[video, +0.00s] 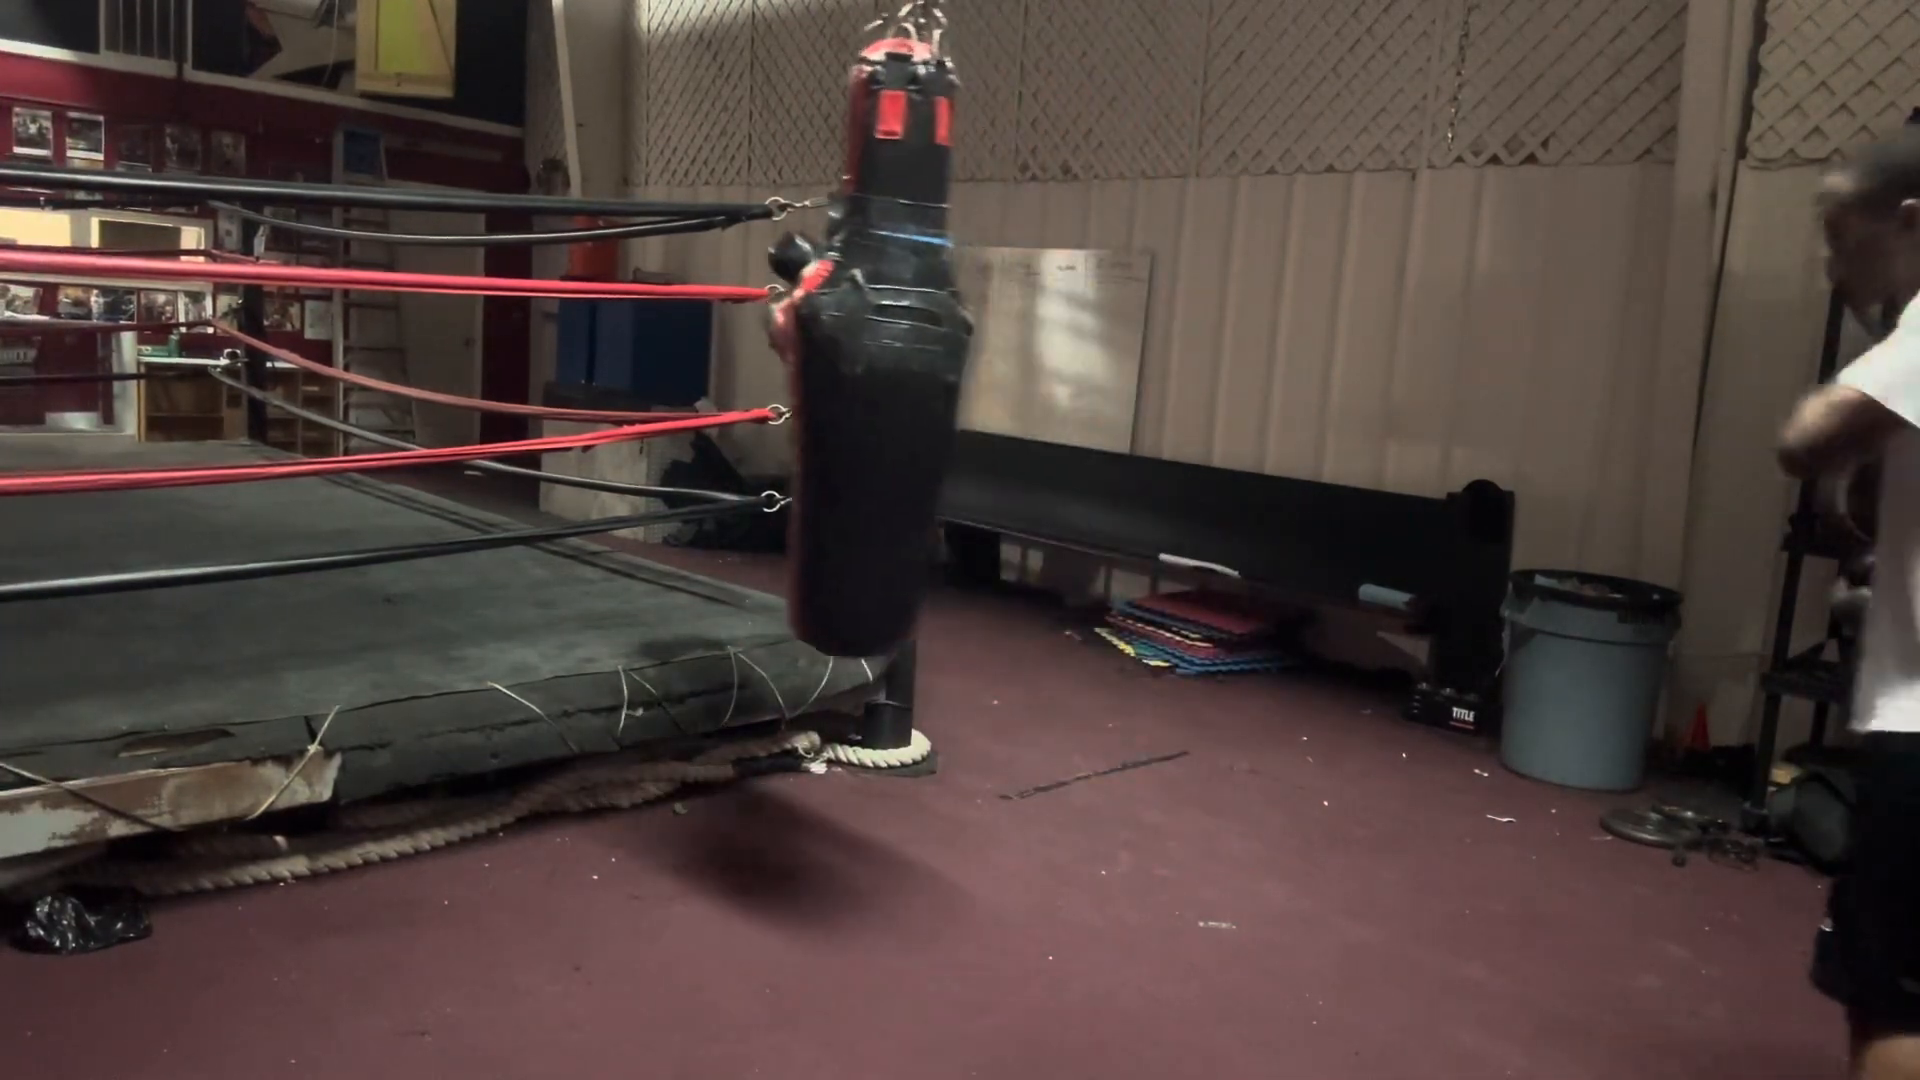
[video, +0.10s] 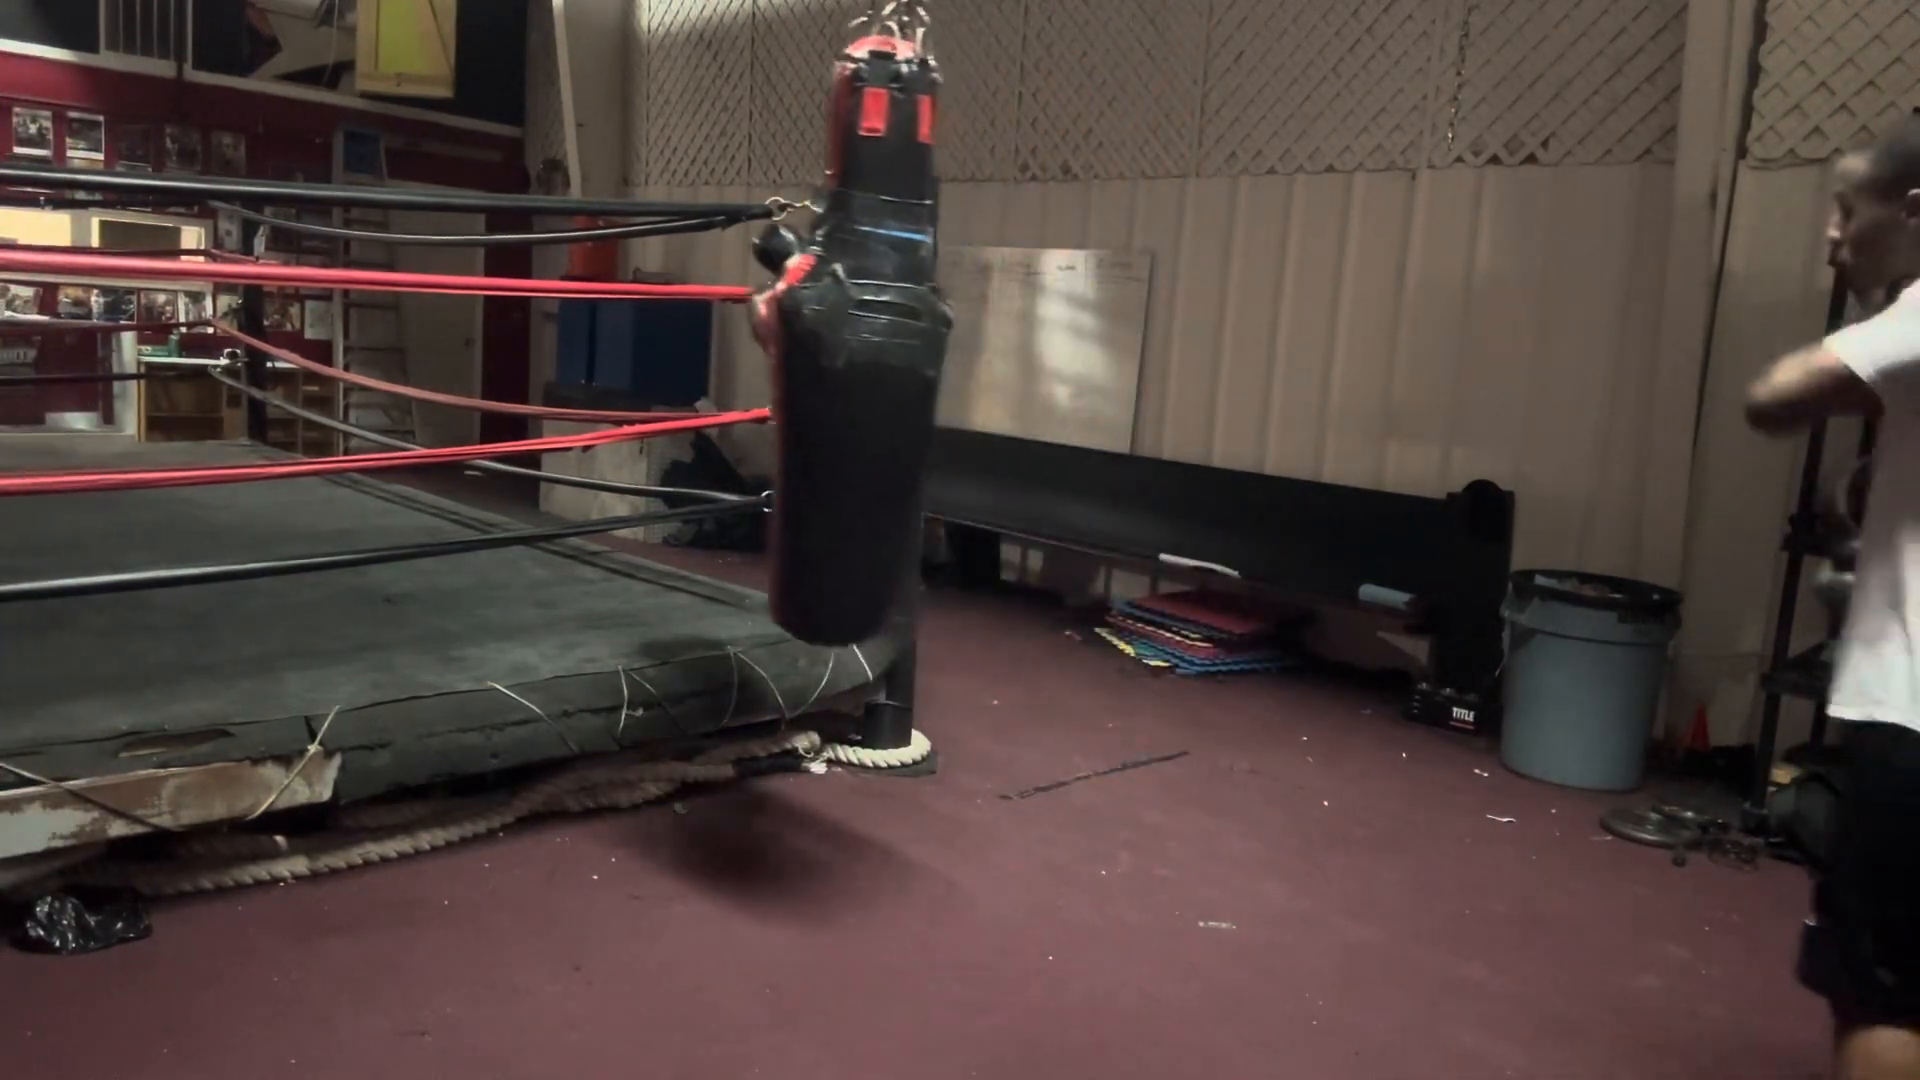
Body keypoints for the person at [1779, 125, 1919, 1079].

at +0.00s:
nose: (1831, 263)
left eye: (1840, 236)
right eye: (1828, 241)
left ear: (1903, 221)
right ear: (1894, 228)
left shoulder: (1918, 325)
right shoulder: (1903, 329)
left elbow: (1808, 438)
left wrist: (1826, 461)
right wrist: (1857, 529)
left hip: (1907, 720)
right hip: (1897, 716)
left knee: (1885, 996)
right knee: (1875, 982)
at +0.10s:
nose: (1831, 234)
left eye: (1847, 208)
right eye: (1832, 209)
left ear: (1910, 213)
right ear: (1902, 218)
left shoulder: (1914, 315)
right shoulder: (1900, 317)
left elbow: (1768, 395)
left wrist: (1845, 363)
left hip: (1899, 707)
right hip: (1886, 703)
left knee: (1878, 994)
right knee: (1863, 978)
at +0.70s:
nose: (1713, 252)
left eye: (1723, 233)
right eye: (1712, 235)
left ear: (1773, 220)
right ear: (1807, 221)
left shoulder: (1847, 279)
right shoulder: (1896, 295)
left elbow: (1622, 297)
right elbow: (1857, 477)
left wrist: (1728, 310)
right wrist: (1729, 504)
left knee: (1655, 894)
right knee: (1845, 920)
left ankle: (1637, 1065)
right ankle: (1887, 1060)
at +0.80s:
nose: (1683, 232)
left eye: (1692, 215)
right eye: (1683, 215)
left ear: (1739, 209)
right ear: (1794, 209)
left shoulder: (1785, 281)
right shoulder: (1889, 301)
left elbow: (1589, 280)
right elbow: (1798, 416)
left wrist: (1688, 306)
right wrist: (1698, 395)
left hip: (1737, 670)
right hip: (1828, 680)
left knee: (1644, 899)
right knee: (1757, 892)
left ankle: (1636, 1068)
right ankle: (1854, 1059)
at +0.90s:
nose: (1661, 231)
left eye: (1669, 212)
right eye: (1659, 212)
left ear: (1715, 205)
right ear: (1771, 203)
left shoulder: (1763, 279)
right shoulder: (1869, 304)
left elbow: (1564, 268)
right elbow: (1773, 431)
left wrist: (1655, 298)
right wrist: (1659, 383)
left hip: (1705, 660)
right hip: (1781, 666)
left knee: (1634, 896)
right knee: (1691, 860)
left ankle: (1637, 1073)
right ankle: (1803, 1040)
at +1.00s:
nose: (1647, 226)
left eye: (1654, 210)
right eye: (1647, 210)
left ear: (1698, 201)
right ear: (1755, 201)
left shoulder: (1743, 275)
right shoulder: (1848, 297)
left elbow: (1551, 262)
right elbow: (1741, 401)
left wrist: (1631, 304)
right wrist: (1628, 361)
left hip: (1689, 651)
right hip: (1757, 652)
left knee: (1633, 890)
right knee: (1661, 857)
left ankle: (1638, 1073)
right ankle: (1769, 1043)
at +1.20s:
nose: (1594, 221)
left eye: (1604, 206)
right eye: (1595, 206)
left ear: (1655, 204)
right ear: (1675, 204)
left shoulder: (1726, 273)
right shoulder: (1766, 285)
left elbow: (1520, 258)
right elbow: (1661, 416)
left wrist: (1597, 254)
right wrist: (1577, 340)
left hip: (1666, 626)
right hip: (1651, 613)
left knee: (1641, 871)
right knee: (1559, 809)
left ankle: (1642, 1063)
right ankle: (1566, 999)